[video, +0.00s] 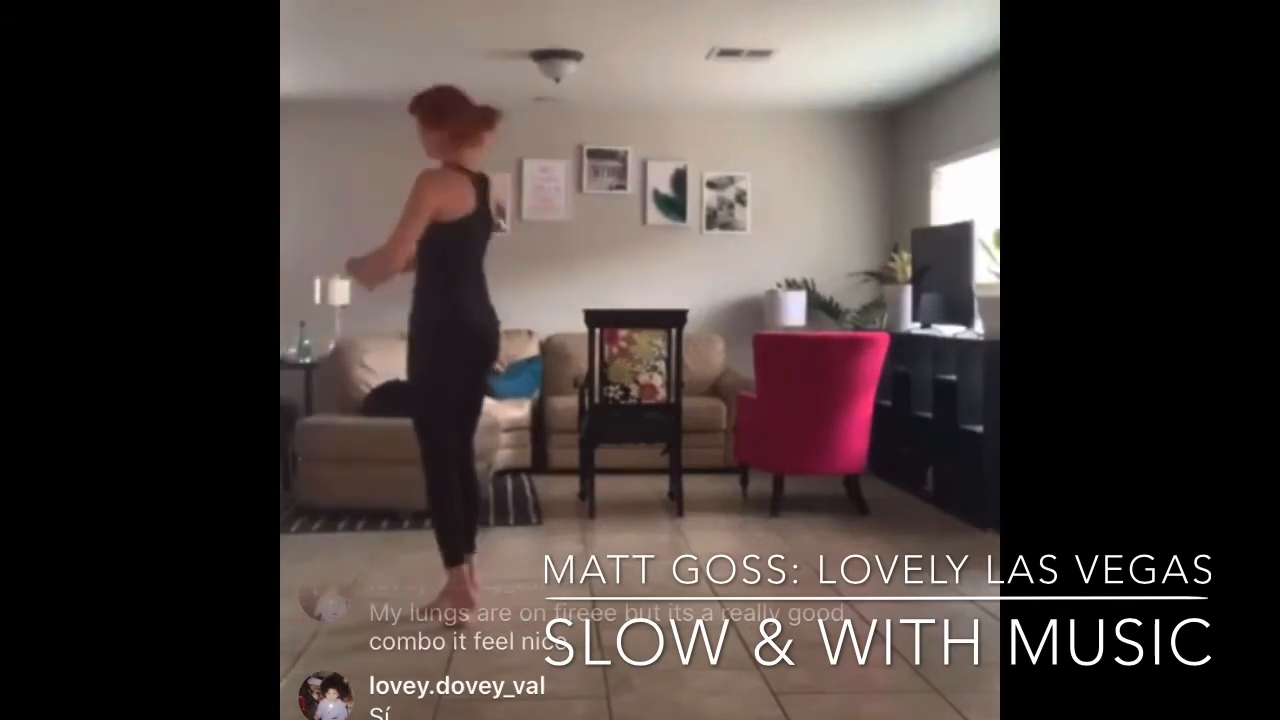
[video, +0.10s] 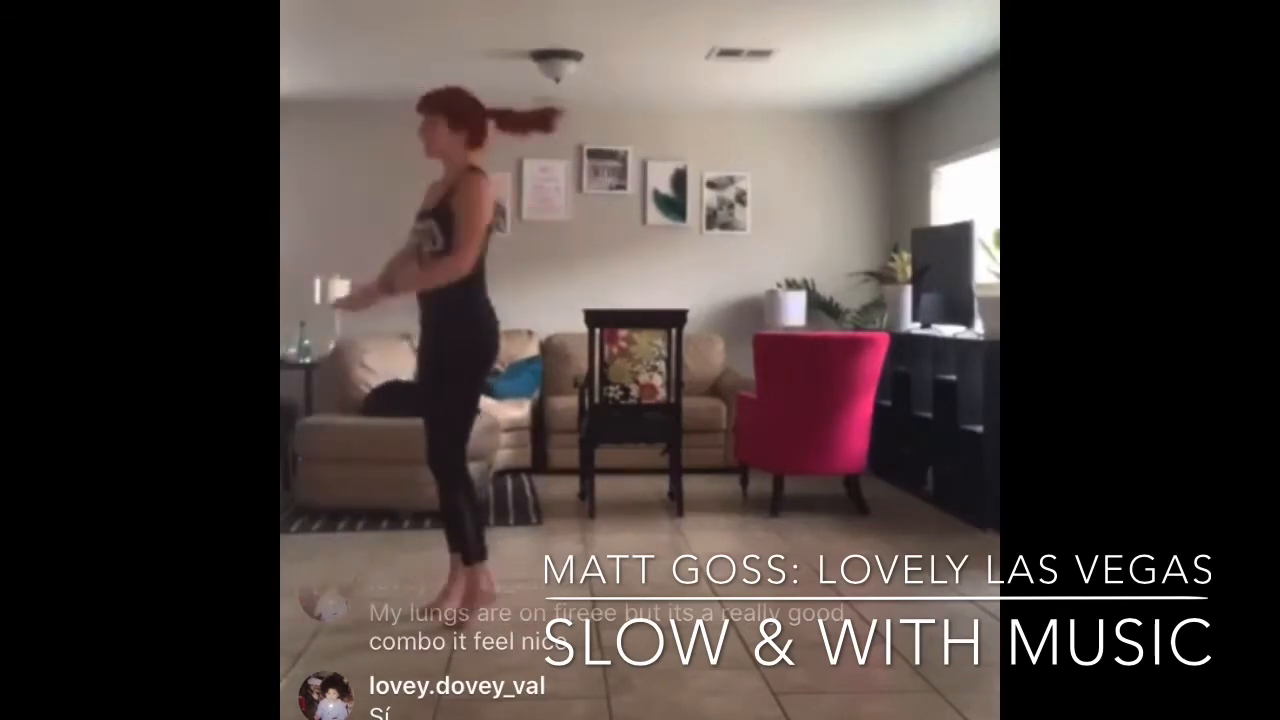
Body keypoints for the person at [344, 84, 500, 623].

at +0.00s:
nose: (421, 139)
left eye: (423, 130)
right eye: (420, 130)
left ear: (439, 130)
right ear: (466, 129)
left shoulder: (435, 183)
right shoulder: (481, 184)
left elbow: (396, 256)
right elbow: (441, 251)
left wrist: (360, 268)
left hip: (443, 333)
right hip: (478, 330)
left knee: (440, 454)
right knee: (456, 451)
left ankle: (459, 583)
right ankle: (464, 575)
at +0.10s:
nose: (422, 135)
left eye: (430, 126)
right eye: (423, 126)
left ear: (458, 131)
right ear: (447, 133)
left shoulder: (475, 183)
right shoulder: (441, 186)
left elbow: (464, 262)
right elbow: (414, 252)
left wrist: (406, 287)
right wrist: (375, 288)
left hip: (465, 331)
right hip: (439, 330)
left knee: (447, 454)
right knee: (443, 454)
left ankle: (476, 575)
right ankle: (462, 571)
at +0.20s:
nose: (446, 135)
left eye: (457, 128)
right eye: (442, 126)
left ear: (479, 136)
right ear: (434, 132)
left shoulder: (494, 192)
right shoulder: (413, 193)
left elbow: (509, 272)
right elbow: (377, 262)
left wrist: (470, 315)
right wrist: (358, 317)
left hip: (480, 333)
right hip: (425, 333)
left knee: (463, 452)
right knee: (437, 453)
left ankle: (478, 576)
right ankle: (450, 568)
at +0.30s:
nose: (478, 143)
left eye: (485, 136)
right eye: (469, 133)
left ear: (493, 144)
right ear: (444, 138)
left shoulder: (499, 196)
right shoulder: (412, 197)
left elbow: (524, 269)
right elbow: (380, 272)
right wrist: (362, 341)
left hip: (488, 336)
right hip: (431, 337)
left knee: (488, 458)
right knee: (437, 457)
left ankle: (485, 575)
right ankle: (444, 568)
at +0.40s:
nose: (498, 151)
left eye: (501, 143)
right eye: (490, 141)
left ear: (496, 149)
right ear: (461, 141)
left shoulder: (497, 203)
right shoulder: (429, 199)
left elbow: (531, 273)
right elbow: (412, 279)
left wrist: (572, 333)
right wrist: (401, 354)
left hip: (489, 345)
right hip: (436, 345)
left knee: (513, 456)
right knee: (443, 461)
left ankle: (508, 577)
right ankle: (442, 572)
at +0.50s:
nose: (510, 148)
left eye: (511, 140)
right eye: (501, 140)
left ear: (499, 149)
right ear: (473, 143)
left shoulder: (498, 204)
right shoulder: (451, 195)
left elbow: (527, 264)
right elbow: (460, 274)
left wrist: (561, 313)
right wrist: (475, 344)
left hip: (492, 331)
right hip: (446, 335)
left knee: (532, 450)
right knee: (451, 461)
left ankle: (529, 582)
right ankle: (441, 576)